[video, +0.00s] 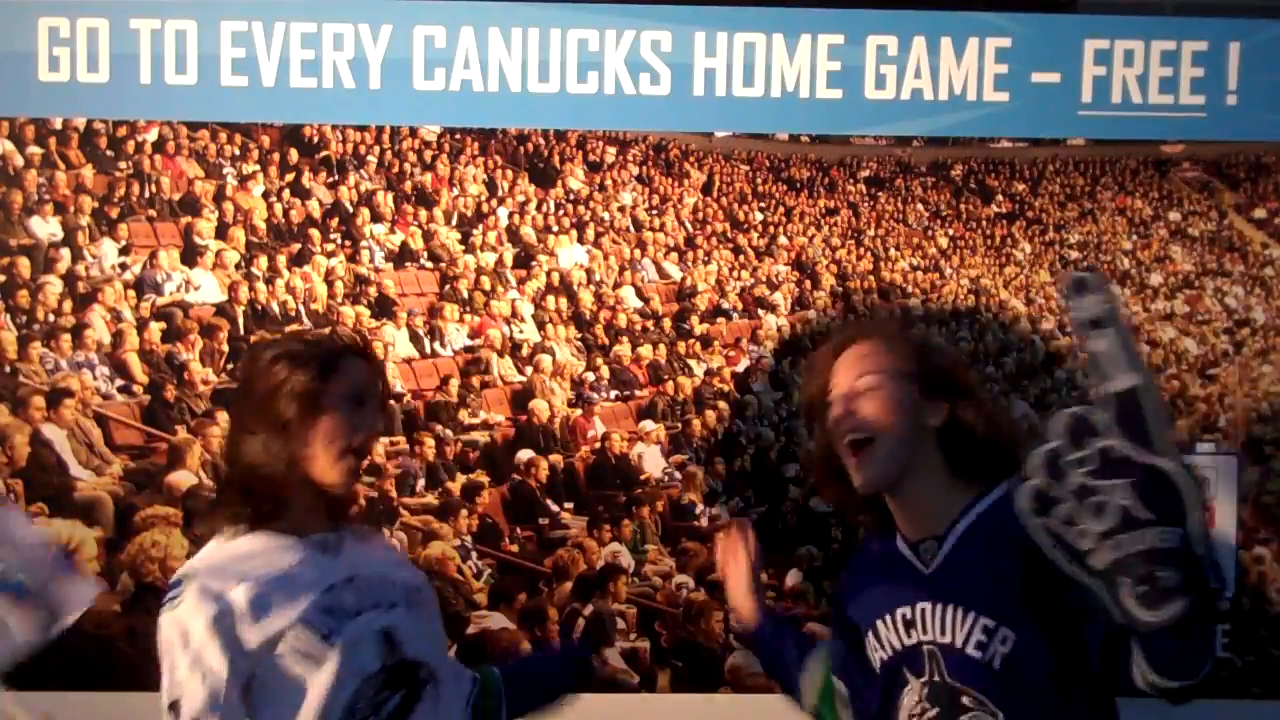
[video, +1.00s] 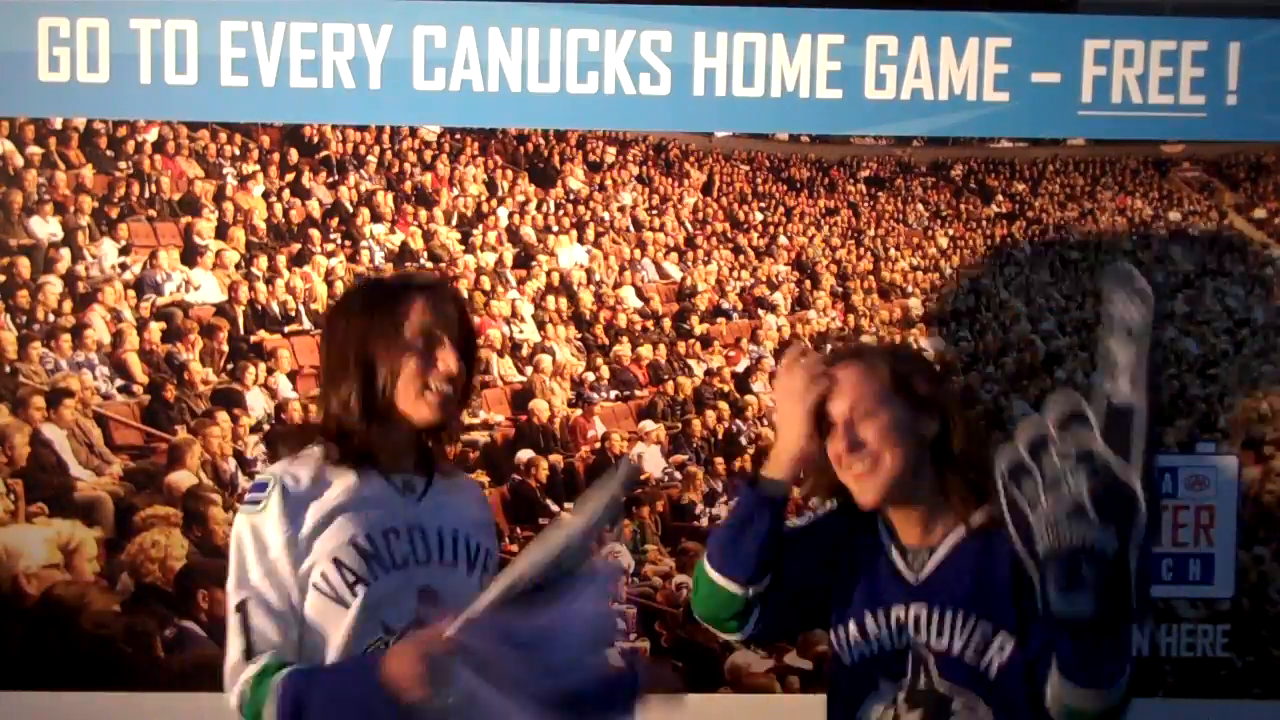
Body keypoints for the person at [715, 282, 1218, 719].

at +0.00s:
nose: (839, 412)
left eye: (866, 387)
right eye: (830, 403)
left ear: (935, 407)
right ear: (830, 436)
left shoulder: (1041, 529)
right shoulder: (868, 573)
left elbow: (1166, 679)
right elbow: (865, 701)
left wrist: (1163, 584)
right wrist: (758, 626)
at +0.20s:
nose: (818, 451)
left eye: (839, 424)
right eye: (823, 427)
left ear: (911, 433)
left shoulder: (1024, 566)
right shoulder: (859, 576)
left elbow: (1154, 674)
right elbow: (825, 707)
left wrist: (1103, 546)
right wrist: (737, 635)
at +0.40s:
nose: (830, 447)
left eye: (846, 416)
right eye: (835, 420)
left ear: (911, 413)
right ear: (909, 413)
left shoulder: (1011, 565)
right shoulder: (857, 557)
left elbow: (1086, 699)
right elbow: (838, 694)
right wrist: (736, 601)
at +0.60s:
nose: (850, 472)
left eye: (866, 440)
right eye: (849, 450)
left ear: (937, 434)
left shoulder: (1042, 590)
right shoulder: (867, 557)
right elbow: (766, 644)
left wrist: (1087, 632)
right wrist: (765, 498)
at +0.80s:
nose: (840, 432)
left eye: (868, 404)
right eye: (843, 409)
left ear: (939, 415)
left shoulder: (1024, 558)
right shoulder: (847, 529)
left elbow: (1066, 709)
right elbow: (720, 538)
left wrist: (1110, 635)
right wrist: (799, 407)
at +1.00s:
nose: (844, 443)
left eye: (864, 417)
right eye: (832, 429)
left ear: (925, 416)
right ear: (820, 446)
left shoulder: (1027, 548)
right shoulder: (839, 548)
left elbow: (1080, 709)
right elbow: (718, 610)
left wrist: (1087, 566)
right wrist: (783, 457)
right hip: (869, 710)